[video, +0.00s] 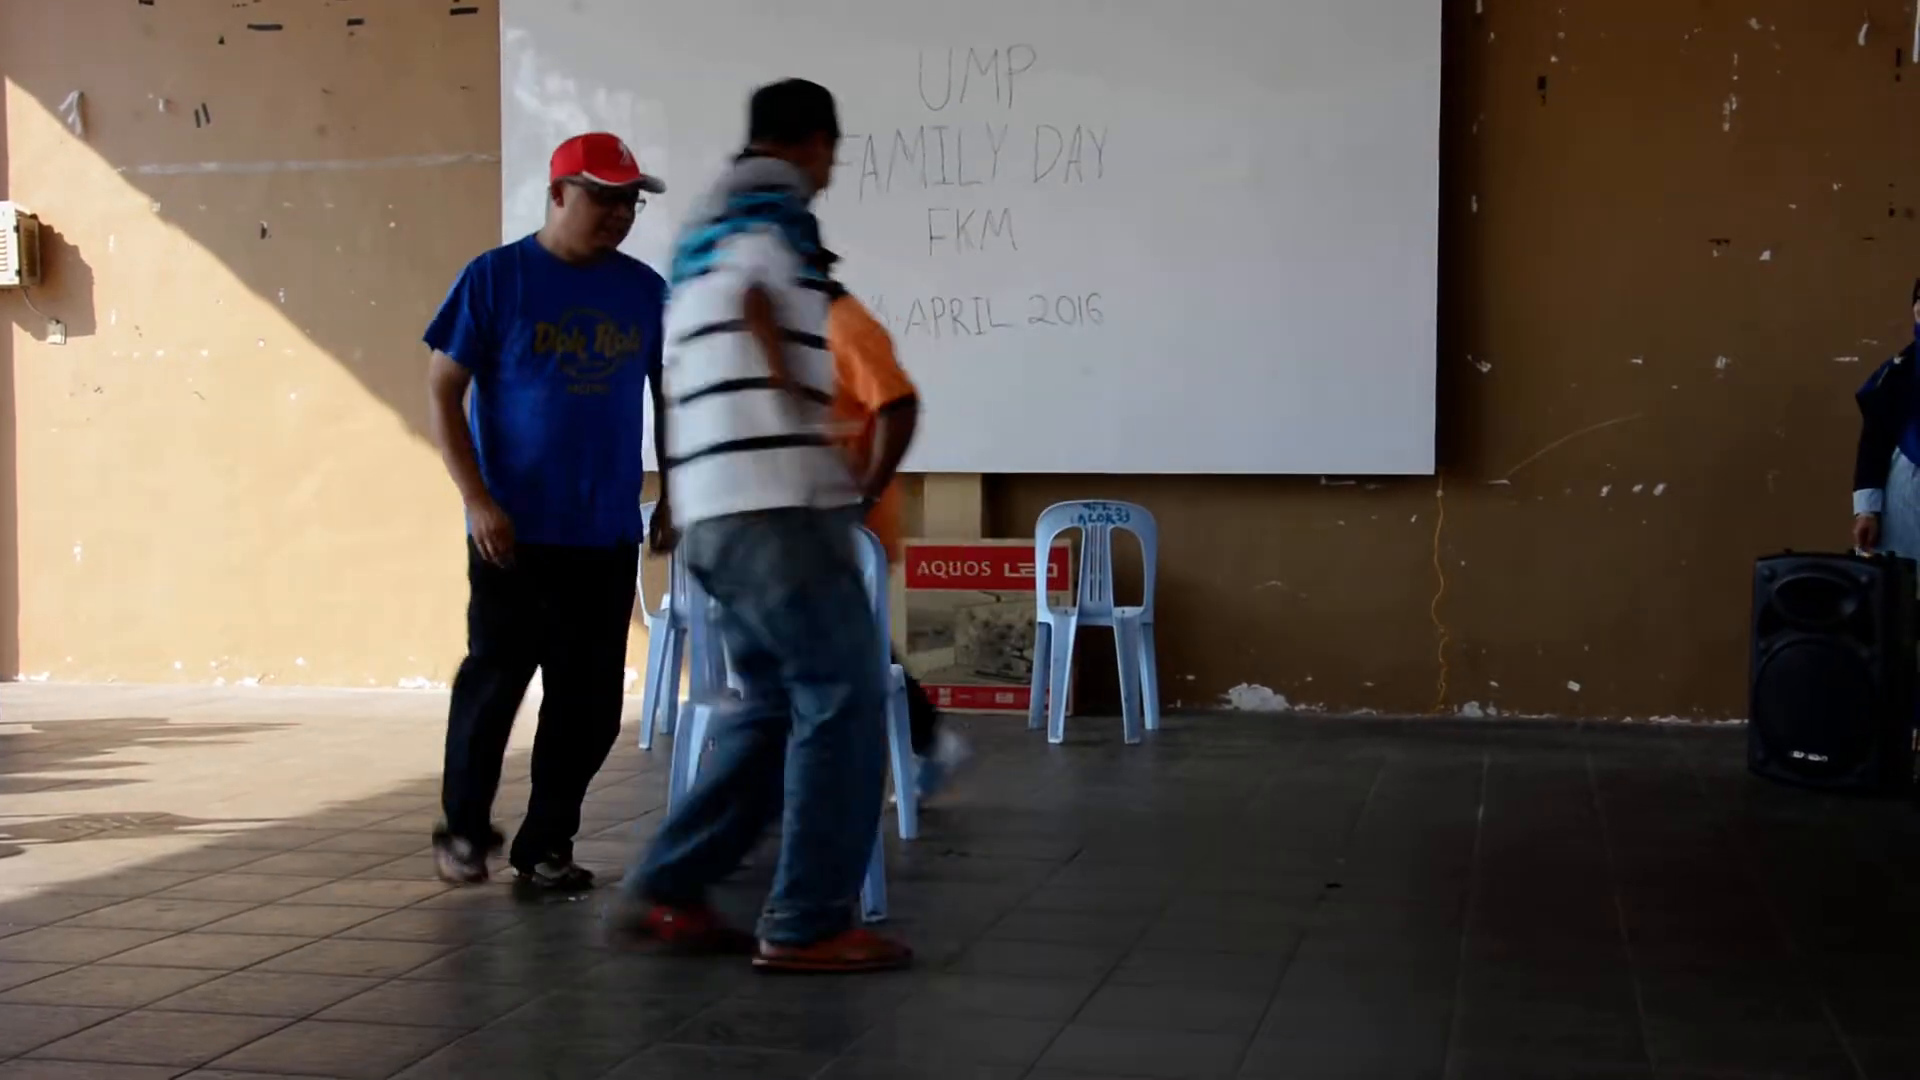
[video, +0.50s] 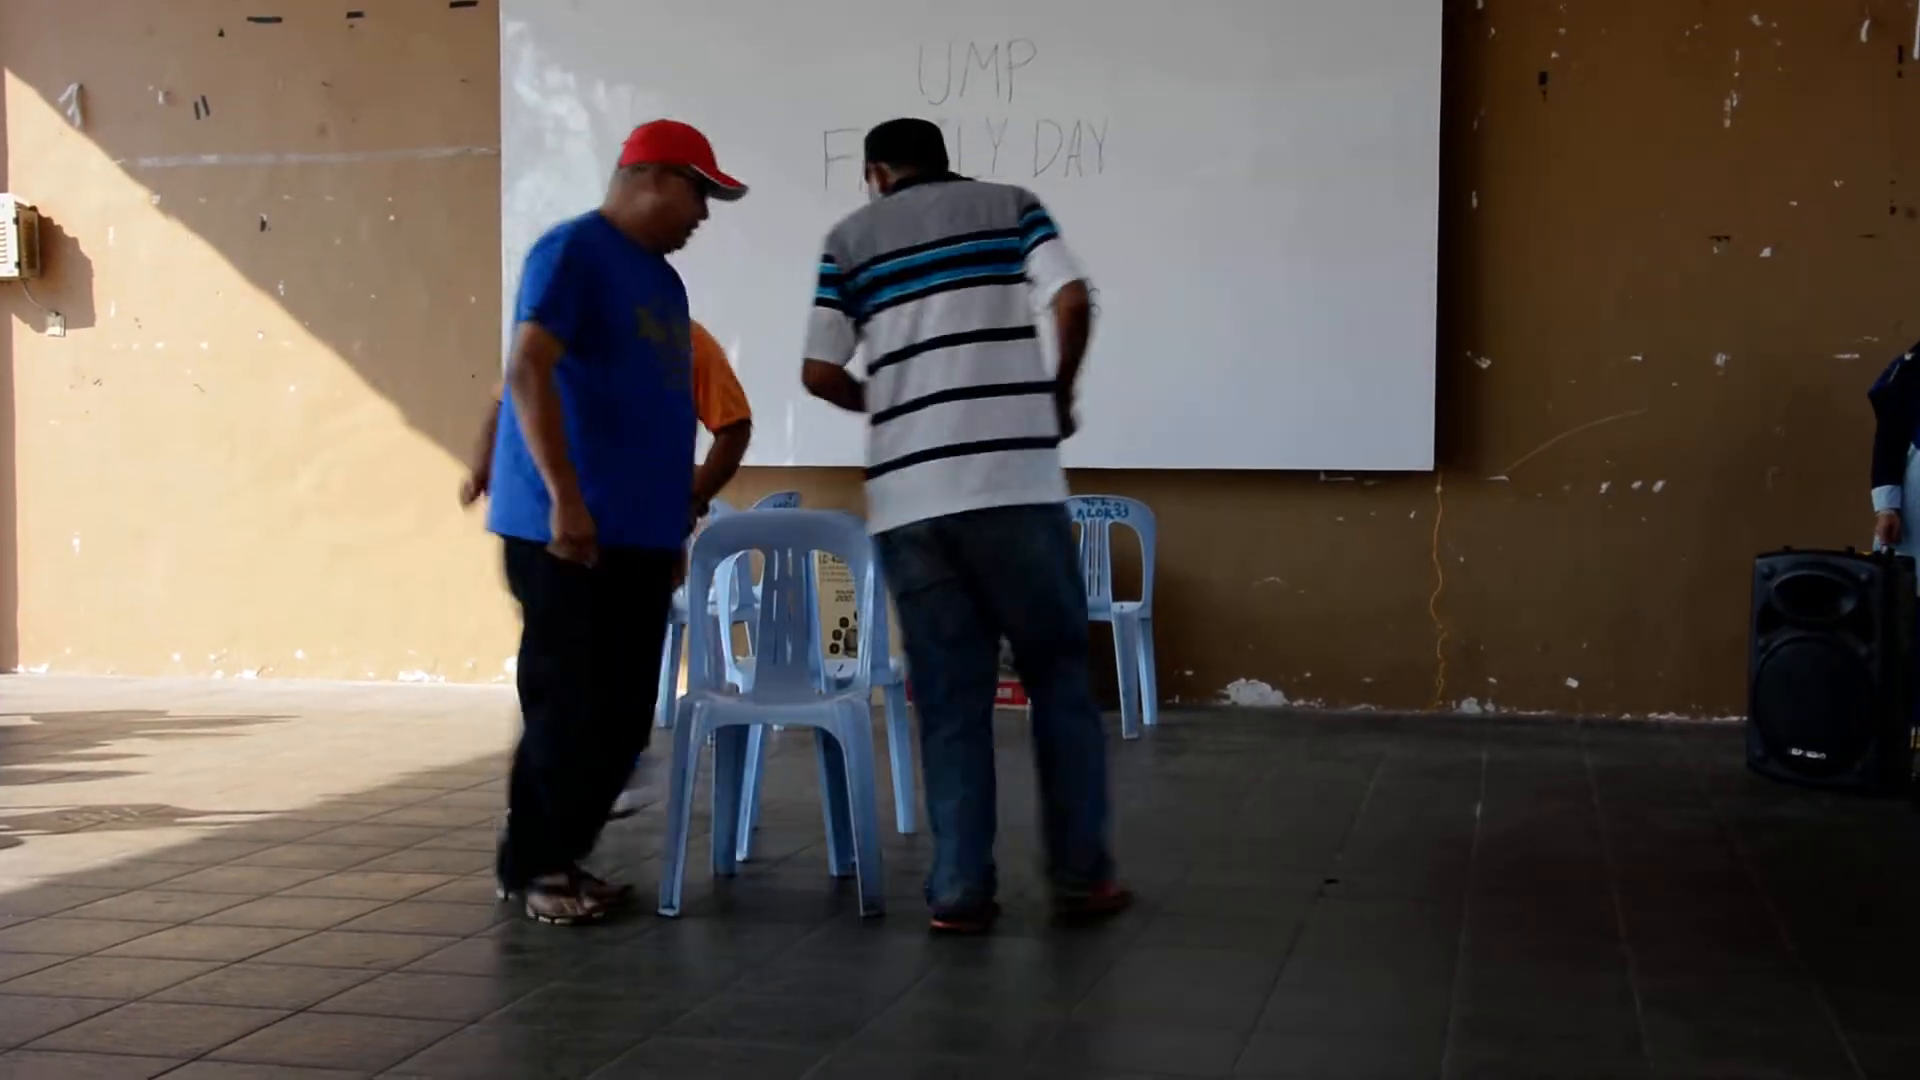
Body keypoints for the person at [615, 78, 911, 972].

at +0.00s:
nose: (834, 166)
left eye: (834, 151)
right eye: (832, 150)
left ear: (755, 141)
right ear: (812, 144)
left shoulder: (702, 239)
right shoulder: (780, 218)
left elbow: (690, 381)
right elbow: (755, 308)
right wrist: (821, 431)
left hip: (709, 516)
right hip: (773, 509)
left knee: (769, 701)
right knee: (845, 697)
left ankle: (667, 888)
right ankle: (808, 921)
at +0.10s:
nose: (865, 168)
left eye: (859, 156)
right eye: (864, 156)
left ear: (786, 147)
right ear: (854, 148)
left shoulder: (724, 232)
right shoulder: (838, 188)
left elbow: (670, 370)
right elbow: (863, 307)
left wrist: (717, 466)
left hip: (764, 498)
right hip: (825, 491)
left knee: (877, 680)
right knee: (868, 696)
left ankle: (774, 857)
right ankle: (808, 921)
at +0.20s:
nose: (896, 160)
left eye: (886, 149)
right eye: (894, 149)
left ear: (814, 150)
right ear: (887, 143)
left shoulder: (755, 226)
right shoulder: (895, 179)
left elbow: (673, 339)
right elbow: (950, 300)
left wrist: (725, 459)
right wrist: (994, 341)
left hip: (806, 489)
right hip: (879, 479)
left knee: (927, 678)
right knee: (895, 681)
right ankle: (819, 900)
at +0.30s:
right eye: (911, 154)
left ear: (836, 162)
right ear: (917, 152)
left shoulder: (787, 228)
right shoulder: (942, 190)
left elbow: (727, 342)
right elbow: (995, 305)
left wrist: (772, 452)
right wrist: (992, 362)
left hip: (843, 496)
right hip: (933, 479)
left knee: (927, 696)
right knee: (985, 677)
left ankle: (961, 897)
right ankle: (877, 840)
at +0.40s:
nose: (856, 183)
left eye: (854, 171)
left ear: (860, 173)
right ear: (936, 162)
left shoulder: (822, 241)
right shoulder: (981, 207)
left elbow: (795, 381)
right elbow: (1035, 325)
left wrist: (848, 447)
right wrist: (1018, 415)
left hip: (878, 509)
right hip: (979, 495)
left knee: (939, 705)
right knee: (1038, 663)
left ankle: (958, 898)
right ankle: (993, 826)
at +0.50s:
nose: (864, 191)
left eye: (864, 180)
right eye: (868, 181)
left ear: (877, 176)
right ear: (944, 164)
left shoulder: (849, 237)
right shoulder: (1010, 202)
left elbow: (819, 372)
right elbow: (1072, 298)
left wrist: (890, 404)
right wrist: (1062, 390)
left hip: (910, 503)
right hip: (1014, 489)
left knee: (948, 701)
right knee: (1060, 675)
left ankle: (959, 893)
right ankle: (1081, 875)